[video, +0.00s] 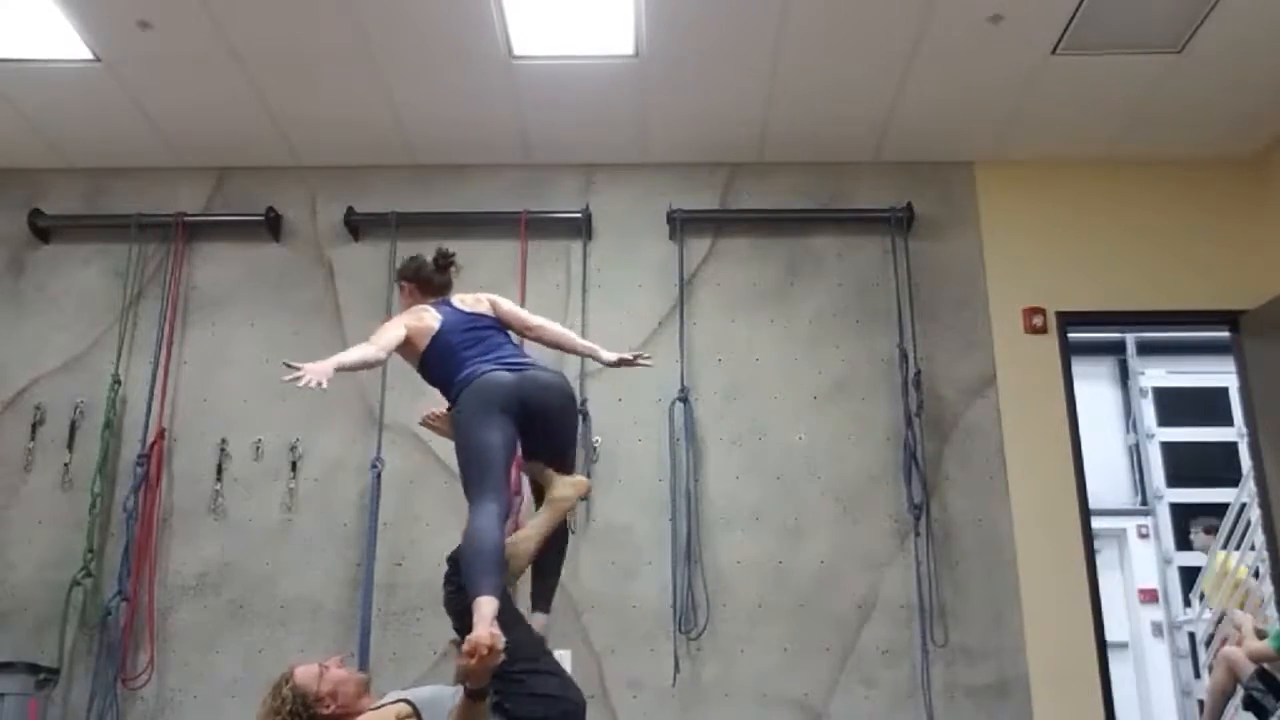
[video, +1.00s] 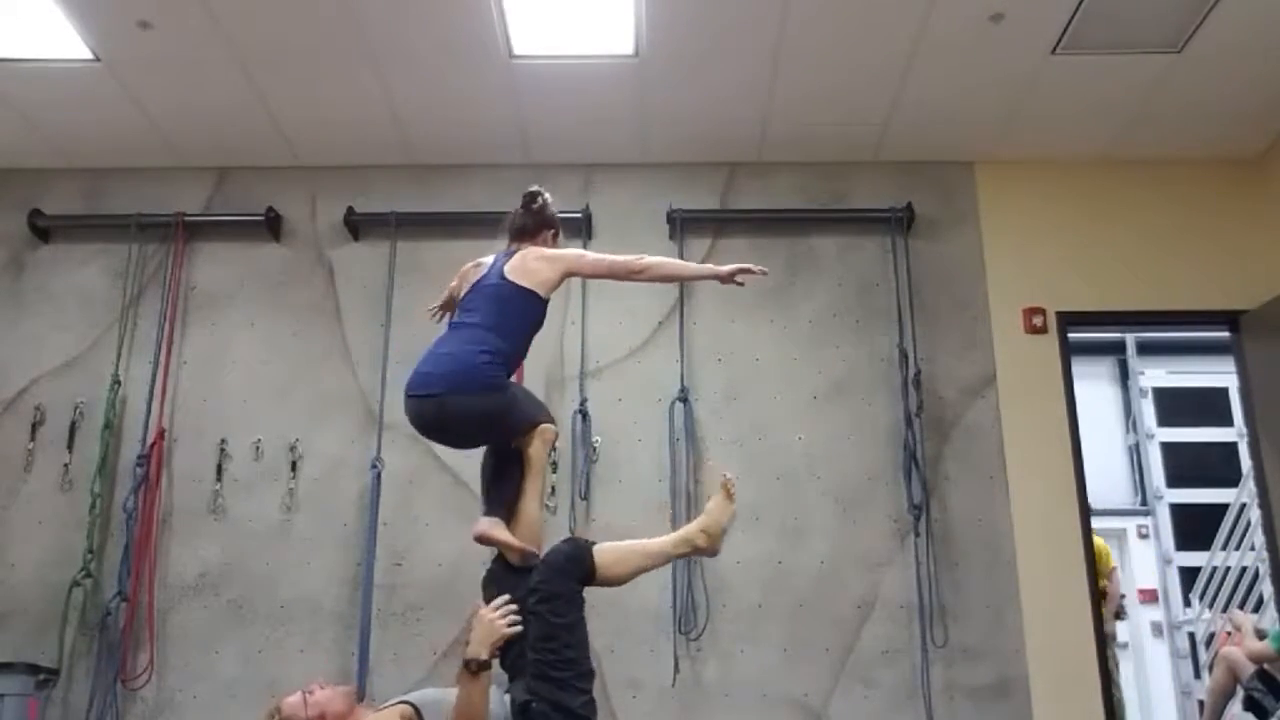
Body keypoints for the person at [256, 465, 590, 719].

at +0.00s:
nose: (339, 659)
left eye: (325, 661)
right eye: (326, 670)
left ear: (332, 703)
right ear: (328, 706)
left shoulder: (379, 705)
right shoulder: (380, 717)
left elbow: (457, 707)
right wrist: (476, 690)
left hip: (524, 704)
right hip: (536, 709)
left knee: (463, 575)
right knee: (462, 575)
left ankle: (557, 502)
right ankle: (559, 504)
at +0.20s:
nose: (342, 657)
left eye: (330, 659)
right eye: (330, 668)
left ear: (338, 696)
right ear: (334, 702)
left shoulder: (387, 702)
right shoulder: (388, 714)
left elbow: (467, 711)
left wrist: (487, 690)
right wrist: (488, 690)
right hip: (544, 706)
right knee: (462, 590)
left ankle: (556, 466)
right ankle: (561, 466)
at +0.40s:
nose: (328, 669)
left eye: (316, 673)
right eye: (319, 681)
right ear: (327, 711)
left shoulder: (387, 705)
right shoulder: (390, 714)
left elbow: (460, 709)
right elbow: (462, 717)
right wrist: (479, 685)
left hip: (549, 699)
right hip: (544, 705)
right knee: (444, 594)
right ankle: (536, 475)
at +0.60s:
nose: (314, 684)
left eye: (303, 688)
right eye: (305, 696)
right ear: (322, 717)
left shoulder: (381, 705)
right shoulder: (386, 714)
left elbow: (457, 700)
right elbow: (451, 715)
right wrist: (443, 664)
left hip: (516, 696)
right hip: (539, 704)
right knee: (462, 582)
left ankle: (510, 472)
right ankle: (558, 511)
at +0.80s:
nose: (316, 688)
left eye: (306, 692)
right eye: (310, 700)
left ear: (328, 698)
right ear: (325, 718)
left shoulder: (380, 709)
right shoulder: (390, 717)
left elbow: (453, 710)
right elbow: (455, 717)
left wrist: (470, 665)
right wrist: (445, 655)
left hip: (522, 703)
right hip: (546, 711)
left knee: (496, 565)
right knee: (501, 568)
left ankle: (517, 451)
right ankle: (630, 512)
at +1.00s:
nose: (319, 683)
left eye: (306, 688)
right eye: (309, 695)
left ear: (325, 701)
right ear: (320, 717)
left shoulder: (383, 708)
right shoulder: (389, 719)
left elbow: (447, 698)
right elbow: (465, 716)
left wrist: (468, 649)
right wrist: (476, 663)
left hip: (519, 698)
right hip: (544, 710)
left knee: (508, 575)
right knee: (561, 563)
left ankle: (535, 458)